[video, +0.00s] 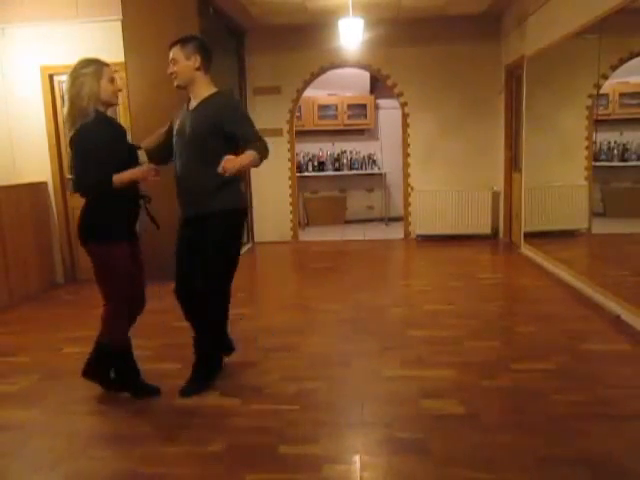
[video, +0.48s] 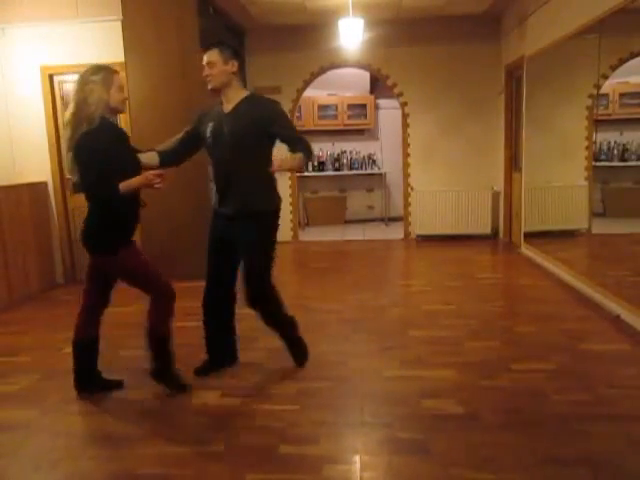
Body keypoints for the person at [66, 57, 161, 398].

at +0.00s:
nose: (117, 85)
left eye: (115, 79)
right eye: (110, 80)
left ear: (99, 86)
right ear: (91, 87)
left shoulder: (110, 126)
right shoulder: (89, 131)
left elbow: (127, 161)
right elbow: (87, 184)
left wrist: (168, 131)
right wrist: (132, 176)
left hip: (120, 222)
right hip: (102, 226)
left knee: (133, 298)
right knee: (119, 300)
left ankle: (100, 361)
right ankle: (126, 373)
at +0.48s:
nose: (124, 95)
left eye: (123, 89)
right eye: (118, 89)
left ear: (100, 94)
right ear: (99, 93)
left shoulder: (109, 132)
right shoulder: (95, 137)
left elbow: (132, 164)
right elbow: (99, 192)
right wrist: (139, 182)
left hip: (109, 237)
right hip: (110, 240)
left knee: (93, 306)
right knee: (162, 292)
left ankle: (86, 376)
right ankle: (163, 367)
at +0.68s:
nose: (160, 90)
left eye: (158, 84)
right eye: (154, 84)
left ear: (138, 88)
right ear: (135, 88)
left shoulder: (151, 126)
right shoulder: (124, 133)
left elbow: (163, 164)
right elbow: (115, 188)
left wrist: (193, 152)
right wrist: (150, 180)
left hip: (157, 223)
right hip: (144, 227)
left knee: (138, 298)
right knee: (168, 303)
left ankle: (100, 360)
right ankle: (200, 375)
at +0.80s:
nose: (189, 86)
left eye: (187, 80)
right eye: (182, 80)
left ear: (176, 86)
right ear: (167, 87)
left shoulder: (185, 125)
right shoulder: (155, 130)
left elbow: (200, 166)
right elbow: (145, 184)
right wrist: (179, 178)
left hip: (197, 221)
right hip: (173, 225)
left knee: (209, 300)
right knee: (185, 305)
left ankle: (158, 337)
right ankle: (204, 379)